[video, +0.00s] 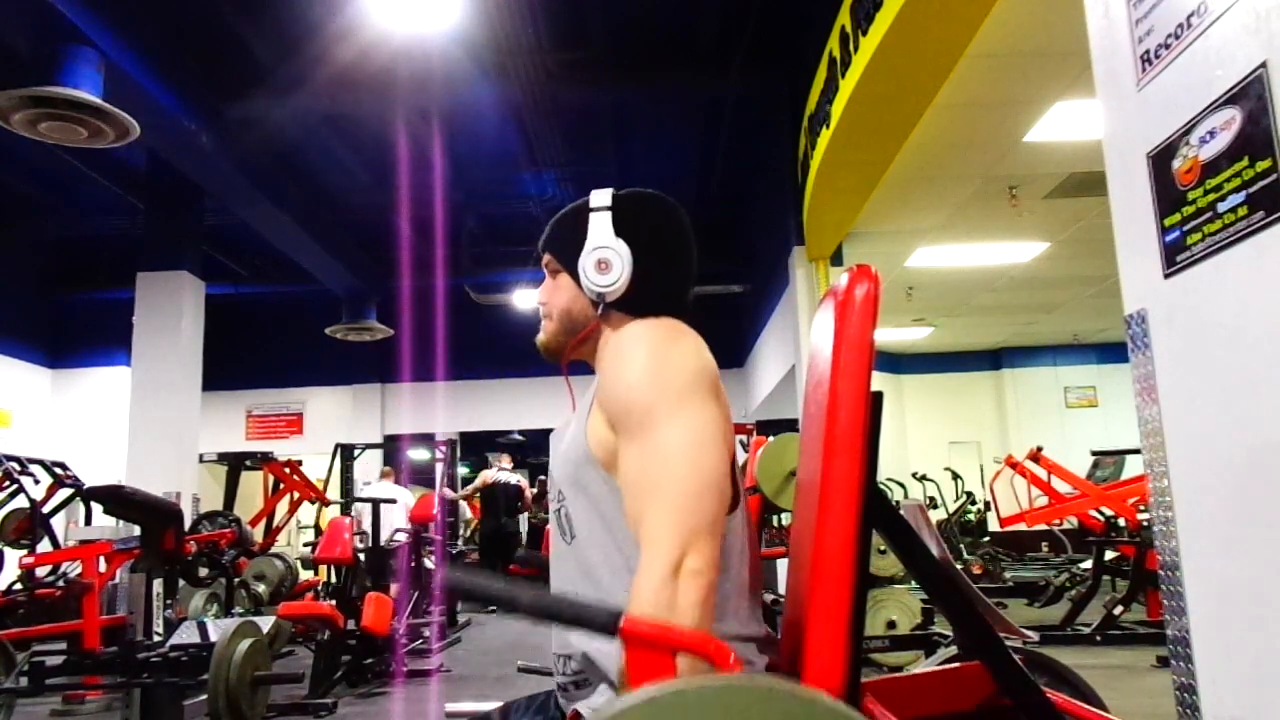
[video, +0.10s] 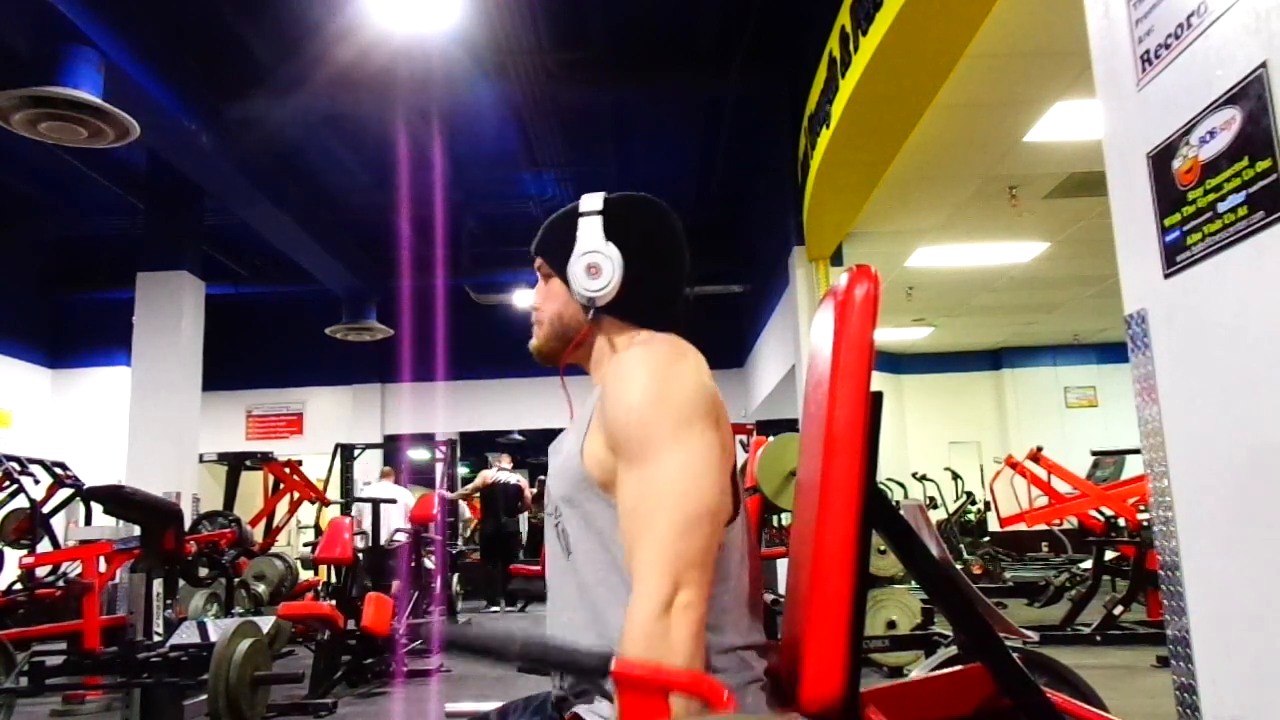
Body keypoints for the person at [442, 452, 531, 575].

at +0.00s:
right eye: (511, 464)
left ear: (495, 464)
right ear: (511, 465)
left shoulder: (487, 474)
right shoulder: (521, 480)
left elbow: (469, 491)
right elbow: (527, 506)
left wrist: (454, 496)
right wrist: (514, 512)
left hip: (489, 529)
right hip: (511, 531)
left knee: (488, 567)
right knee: (505, 569)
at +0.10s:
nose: (494, 465)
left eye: (495, 462)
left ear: (495, 463)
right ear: (511, 465)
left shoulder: (486, 474)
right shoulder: (521, 480)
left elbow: (469, 490)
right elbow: (527, 504)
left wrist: (451, 496)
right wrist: (514, 511)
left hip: (490, 527)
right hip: (511, 528)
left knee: (490, 564)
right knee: (506, 565)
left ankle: (494, 603)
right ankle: (506, 600)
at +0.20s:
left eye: (494, 462)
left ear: (494, 463)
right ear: (510, 465)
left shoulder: (486, 474)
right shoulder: (520, 480)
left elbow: (468, 490)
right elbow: (526, 504)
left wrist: (452, 496)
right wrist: (513, 511)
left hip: (489, 528)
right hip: (511, 529)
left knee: (489, 565)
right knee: (510, 566)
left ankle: (493, 604)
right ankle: (511, 604)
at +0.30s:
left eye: (492, 463)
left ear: (492, 464)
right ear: (509, 464)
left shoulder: (484, 475)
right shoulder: (519, 479)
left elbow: (466, 490)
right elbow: (526, 502)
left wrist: (449, 496)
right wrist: (513, 509)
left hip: (489, 527)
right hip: (510, 528)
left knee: (490, 564)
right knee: (510, 565)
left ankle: (493, 604)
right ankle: (511, 603)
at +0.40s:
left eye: (492, 463)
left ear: (491, 464)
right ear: (507, 465)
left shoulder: (483, 475)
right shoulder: (518, 478)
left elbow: (465, 490)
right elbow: (526, 501)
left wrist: (448, 496)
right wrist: (513, 509)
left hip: (489, 528)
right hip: (511, 529)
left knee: (490, 565)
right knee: (510, 565)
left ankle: (493, 603)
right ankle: (511, 603)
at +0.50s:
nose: (490, 465)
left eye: (489, 463)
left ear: (489, 464)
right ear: (504, 464)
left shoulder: (482, 475)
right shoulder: (516, 477)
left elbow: (463, 490)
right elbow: (525, 499)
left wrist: (447, 496)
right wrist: (513, 509)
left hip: (489, 528)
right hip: (510, 529)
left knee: (490, 564)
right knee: (506, 565)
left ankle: (493, 603)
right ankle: (508, 602)